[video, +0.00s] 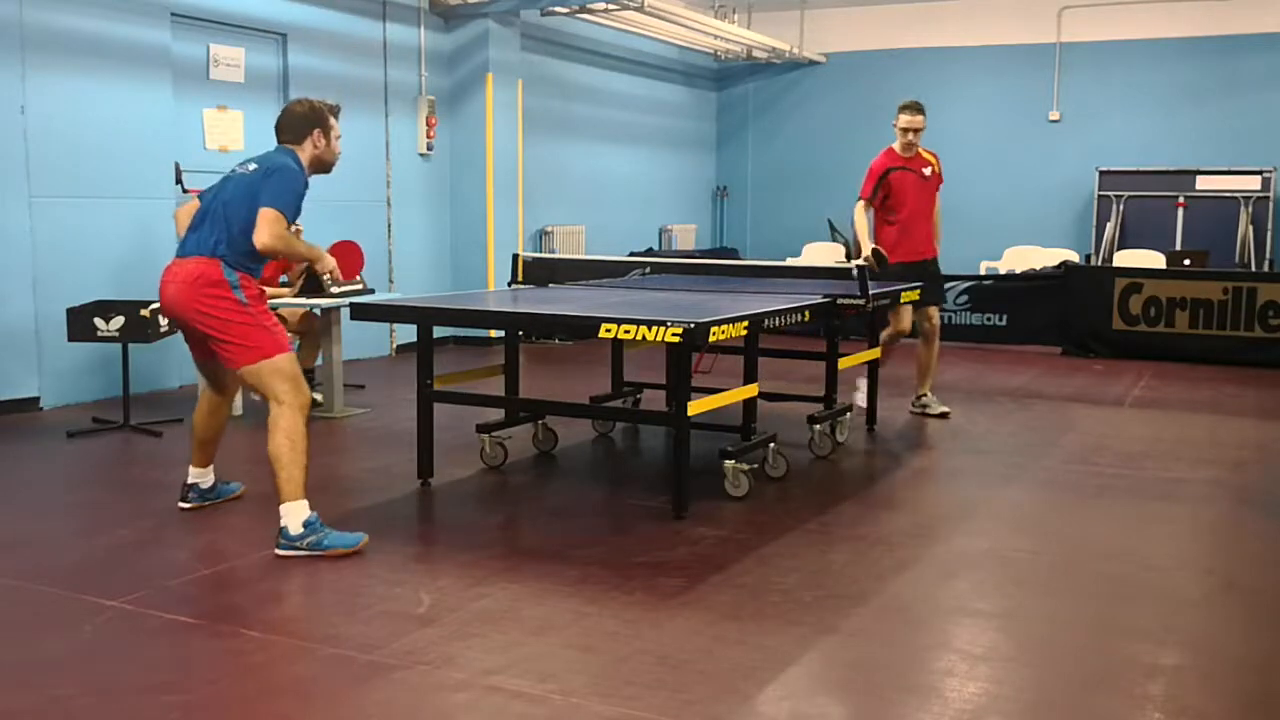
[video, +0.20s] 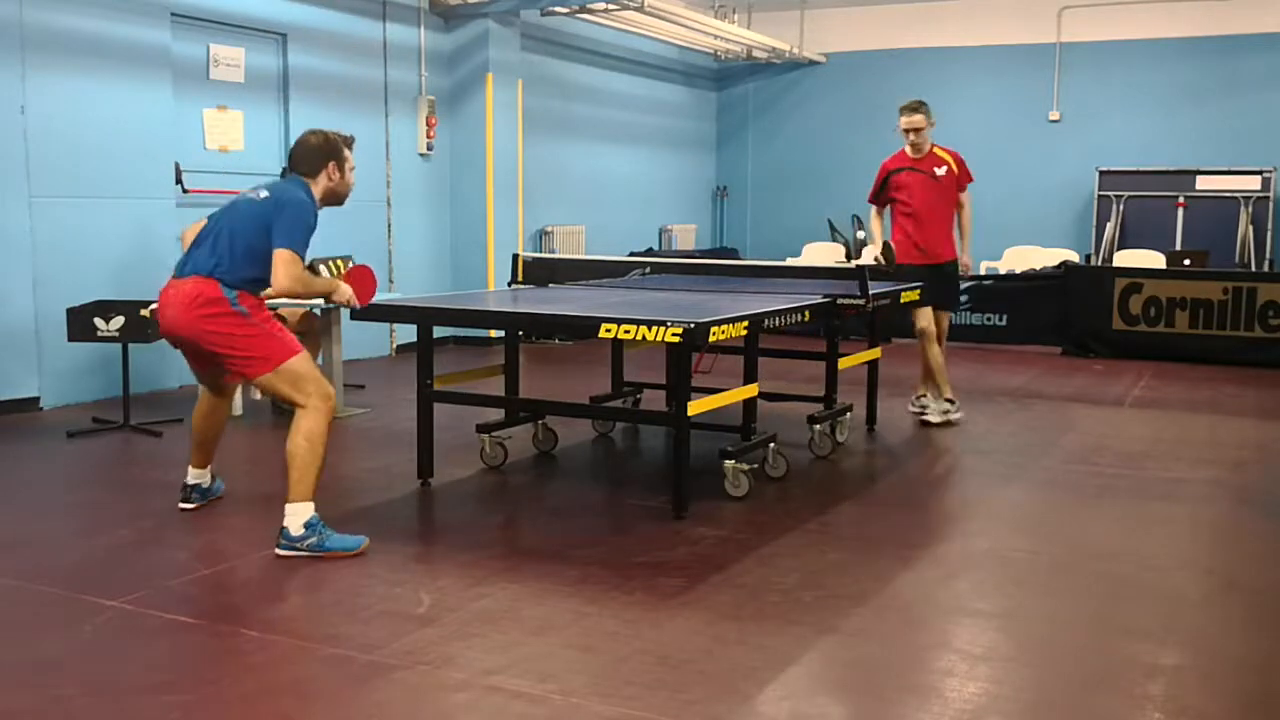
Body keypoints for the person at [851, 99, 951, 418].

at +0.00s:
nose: (910, 137)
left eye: (917, 131)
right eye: (905, 131)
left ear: (924, 130)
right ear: (895, 128)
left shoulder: (931, 161)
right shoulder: (883, 163)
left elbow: (934, 203)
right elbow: (861, 208)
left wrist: (936, 242)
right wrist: (866, 245)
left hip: (926, 259)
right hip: (894, 262)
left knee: (931, 324)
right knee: (901, 326)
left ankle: (923, 394)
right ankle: (865, 376)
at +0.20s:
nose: (912, 137)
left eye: (918, 130)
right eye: (906, 131)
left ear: (930, 126)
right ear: (900, 131)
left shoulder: (951, 161)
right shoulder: (891, 167)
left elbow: (963, 205)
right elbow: (876, 210)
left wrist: (964, 251)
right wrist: (878, 245)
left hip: (944, 259)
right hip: (909, 261)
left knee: (940, 331)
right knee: (925, 329)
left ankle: (923, 393)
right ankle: (947, 398)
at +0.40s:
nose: (903, 144)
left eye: (908, 136)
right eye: (898, 139)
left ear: (924, 129)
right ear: (895, 138)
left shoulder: (954, 159)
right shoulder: (897, 172)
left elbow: (971, 205)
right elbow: (896, 214)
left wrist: (959, 247)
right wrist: (892, 242)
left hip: (956, 259)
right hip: (919, 263)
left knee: (958, 334)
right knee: (932, 333)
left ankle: (940, 378)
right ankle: (954, 403)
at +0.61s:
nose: (894, 150)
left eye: (897, 142)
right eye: (888, 146)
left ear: (913, 131)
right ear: (886, 145)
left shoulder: (945, 158)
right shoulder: (905, 174)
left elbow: (958, 206)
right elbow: (915, 220)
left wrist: (929, 243)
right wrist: (902, 248)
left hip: (956, 255)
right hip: (930, 261)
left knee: (941, 327)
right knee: (926, 331)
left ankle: (984, 388)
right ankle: (955, 404)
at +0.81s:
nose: (876, 164)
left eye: (875, 156)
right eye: (872, 160)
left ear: (891, 143)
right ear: (887, 148)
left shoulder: (922, 161)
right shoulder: (912, 172)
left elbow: (931, 214)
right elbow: (929, 223)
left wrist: (897, 253)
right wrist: (900, 252)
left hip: (957, 250)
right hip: (948, 252)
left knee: (935, 326)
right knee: (938, 327)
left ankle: (940, 407)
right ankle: (954, 402)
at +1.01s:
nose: (860, 186)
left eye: (858, 178)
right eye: (856, 181)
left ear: (871, 164)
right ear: (874, 162)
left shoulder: (895, 176)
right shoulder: (914, 170)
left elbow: (899, 232)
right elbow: (936, 230)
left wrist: (872, 257)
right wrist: (902, 251)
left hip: (952, 255)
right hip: (973, 250)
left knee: (931, 334)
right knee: (953, 332)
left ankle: (925, 411)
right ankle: (959, 405)